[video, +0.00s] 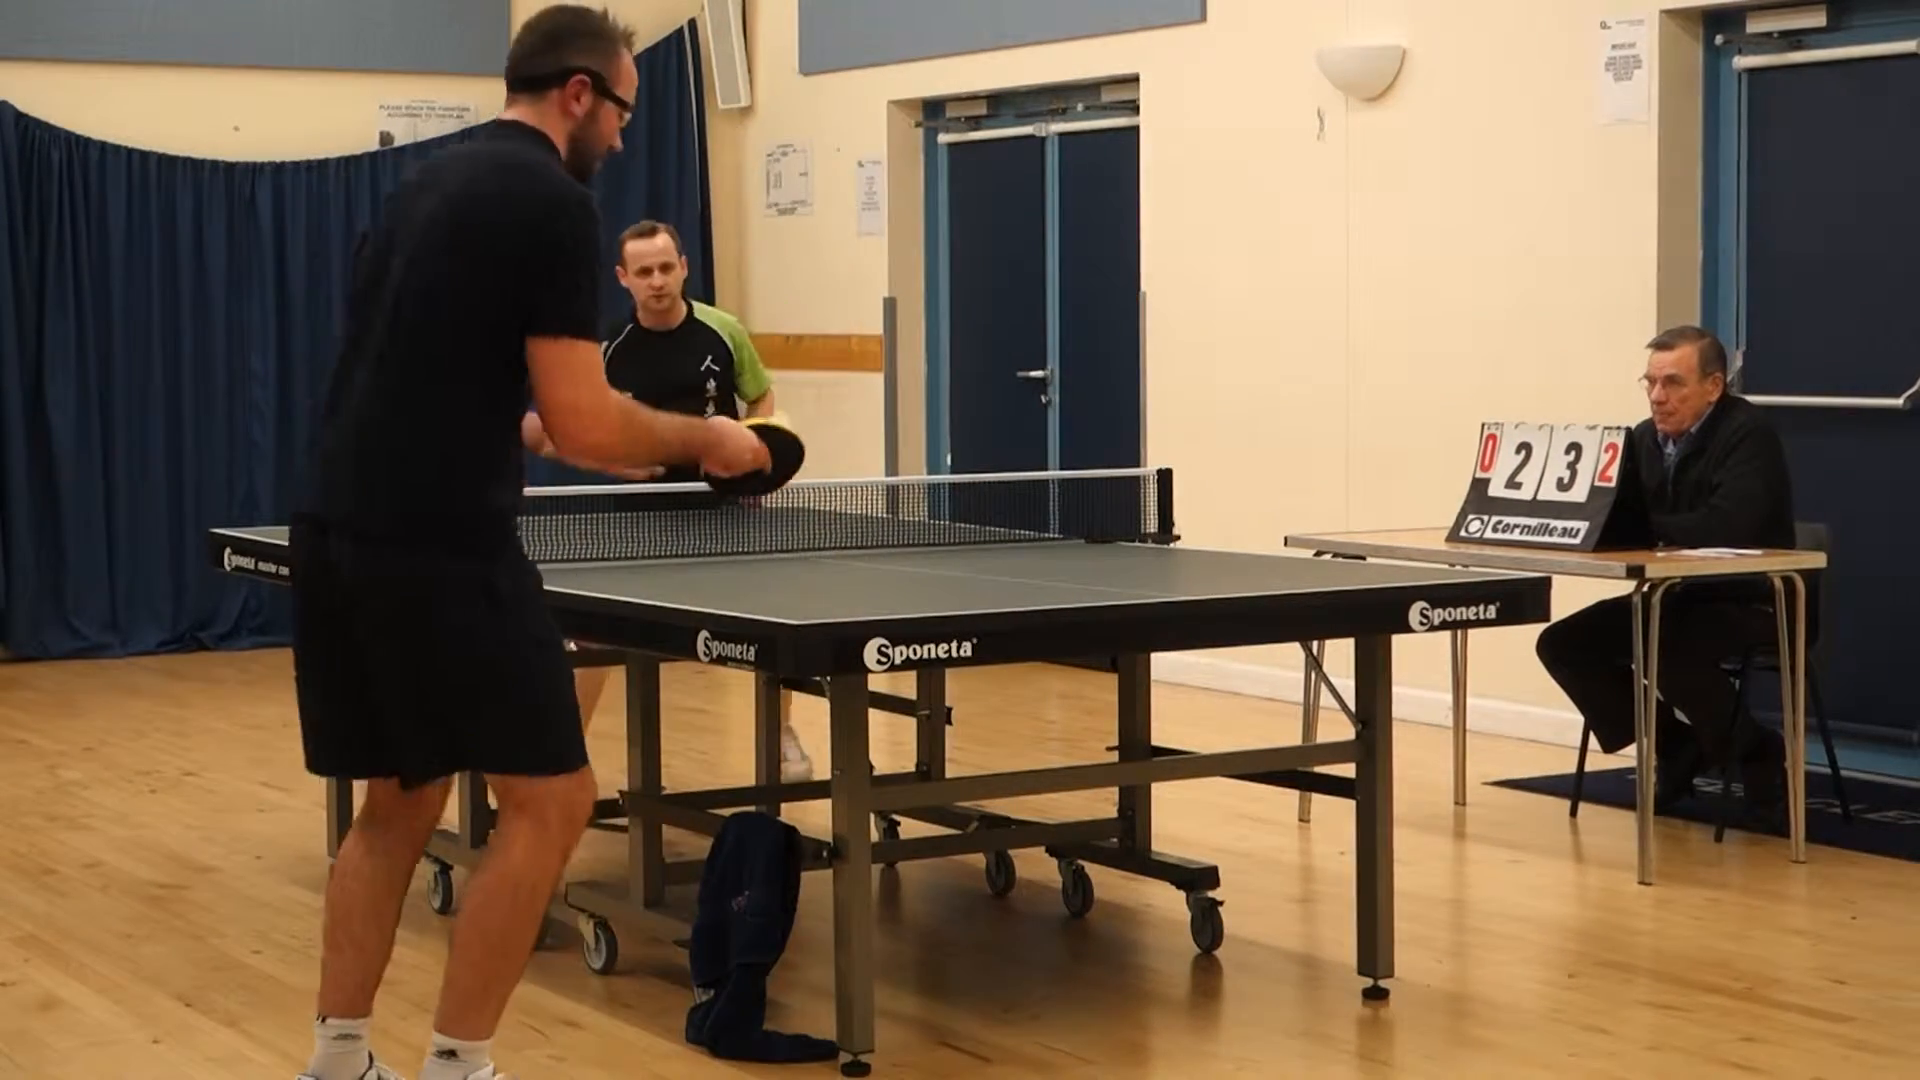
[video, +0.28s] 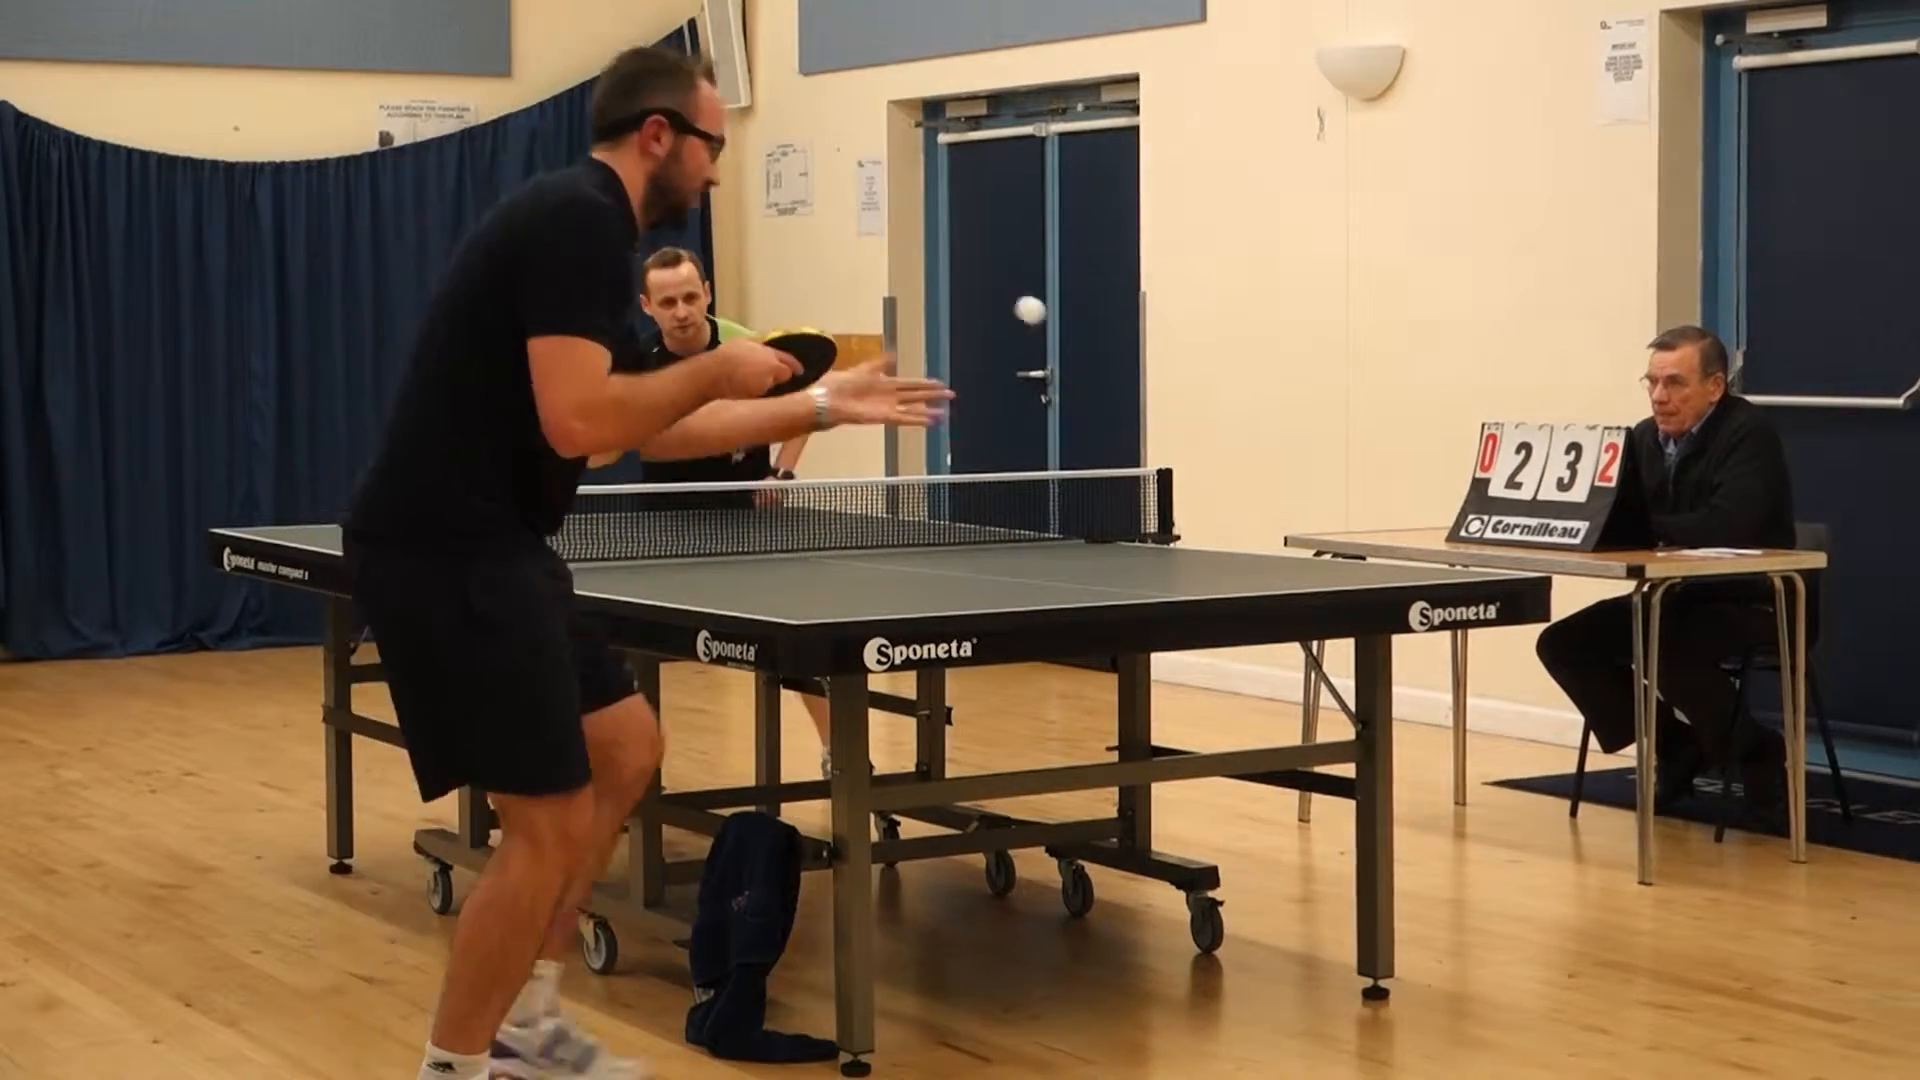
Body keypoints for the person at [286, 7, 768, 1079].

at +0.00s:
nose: (624, 134)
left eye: (628, 114)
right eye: (623, 111)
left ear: (531, 90)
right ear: (579, 94)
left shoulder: (421, 181)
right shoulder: (548, 199)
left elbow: (448, 398)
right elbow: (582, 421)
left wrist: (631, 447)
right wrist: (706, 438)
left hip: (344, 538)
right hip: (452, 550)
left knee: (397, 798)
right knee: (552, 798)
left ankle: (335, 1058)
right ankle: (457, 1063)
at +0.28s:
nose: (716, 168)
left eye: (720, 147)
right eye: (710, 143)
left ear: (645, 135)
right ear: (653, 133)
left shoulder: (603, 232)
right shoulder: (573, 214)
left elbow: (644, 429)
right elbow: (578, 419)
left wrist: (822, 402)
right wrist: (715, 368)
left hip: (497, 543)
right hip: (440, 550)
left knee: (625, 747)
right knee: (549, 824)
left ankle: (519, 1012)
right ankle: (450, 1063)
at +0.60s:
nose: (900, 231)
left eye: (905, 207)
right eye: (898, 202)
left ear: (826, 190)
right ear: (846, 189)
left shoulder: (734, 266)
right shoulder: (768, 245)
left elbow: (744, 491)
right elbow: (798, 432)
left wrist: (888, 561)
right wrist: (940, 435)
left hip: (650, 565)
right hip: (573, 564)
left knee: (758, 773)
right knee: (622, 842)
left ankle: (758, 1052)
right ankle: (455, 1064)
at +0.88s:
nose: (1036, 278)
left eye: (1039, 258)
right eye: (1033, 252)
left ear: (952, 227)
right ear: (981, 230)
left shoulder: (869, 291)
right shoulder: (952, 279)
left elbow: (763, 483)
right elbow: (1118, 408)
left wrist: (883, 585)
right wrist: (1228, 391)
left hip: (709, 531)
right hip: (662, 518)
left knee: (771, 774)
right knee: (649, 817)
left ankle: (760, 1052)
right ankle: (457, 1047)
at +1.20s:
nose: (1101, 335)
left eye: (1103, 316)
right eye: (1098, 313)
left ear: (1016, 287)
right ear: (1058, 292)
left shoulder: (913, 322)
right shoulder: (1034, 335)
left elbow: (785, 468)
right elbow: (1116, 527)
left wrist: (896, 584)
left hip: (708, 498)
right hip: (719, 501)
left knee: (768, 767)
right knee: (648, 794)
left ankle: (760, 1051)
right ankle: (420, 1009)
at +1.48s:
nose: (1076, 322)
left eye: (1084, 303)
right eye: (1078, 297)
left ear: (1009, 263)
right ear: (1027, 269)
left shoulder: (892, 302)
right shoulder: (984, 326)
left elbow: (781, 478)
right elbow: (935, 528)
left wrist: (890, 582)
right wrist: (1056, 646)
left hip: (692, 501)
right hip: (704, 506)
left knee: (771, 769)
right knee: (651, 804)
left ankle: (761, 1051)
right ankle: (448, 1042)